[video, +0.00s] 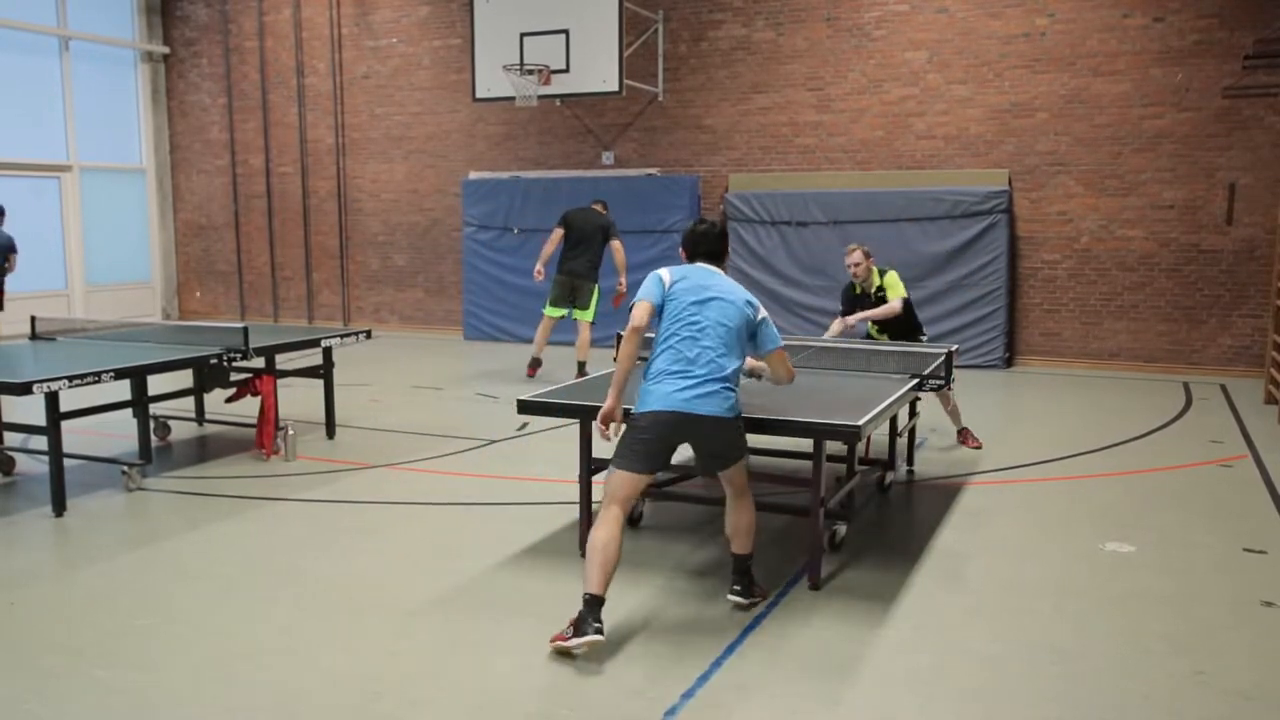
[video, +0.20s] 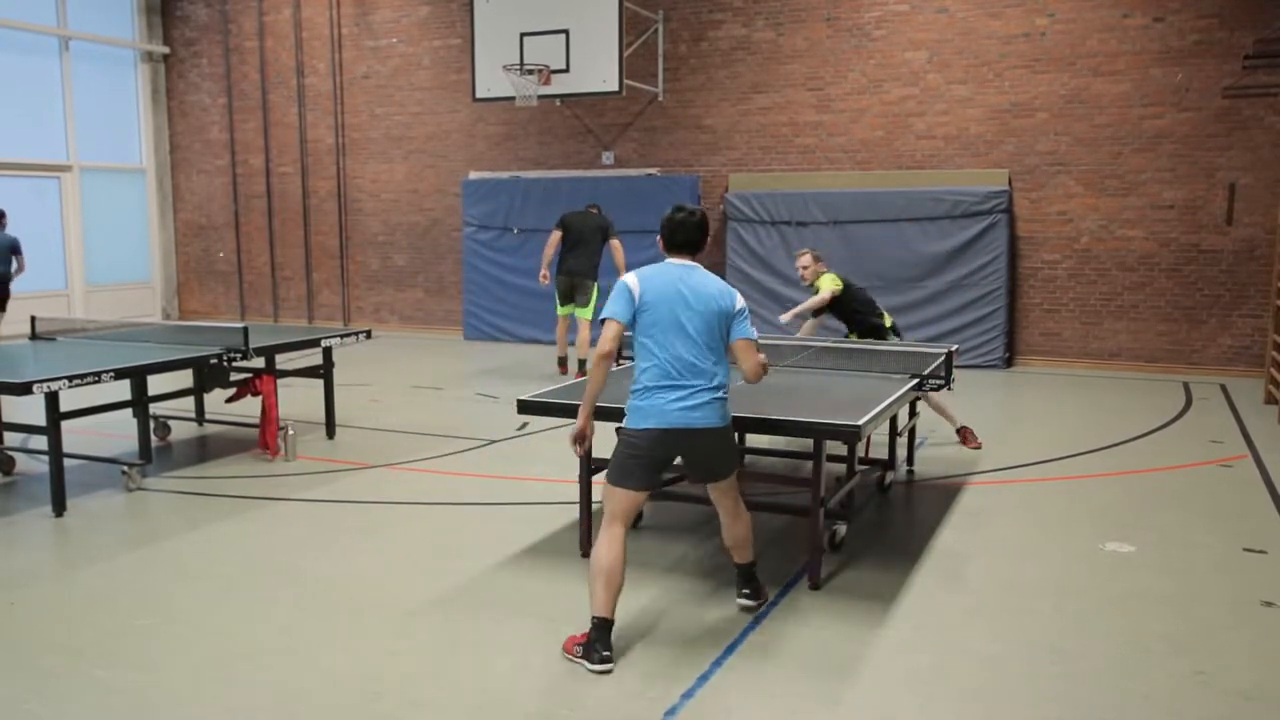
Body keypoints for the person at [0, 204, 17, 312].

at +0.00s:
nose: (3, 219)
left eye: (2, 216)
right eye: (3, 216)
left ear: (2, 218)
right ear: (3, 218)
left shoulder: (7, 239)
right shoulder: (7, 239)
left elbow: (11, 266)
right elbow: (12, 266)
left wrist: (4, 271)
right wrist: (3, 271)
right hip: (1, 279)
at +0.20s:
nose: (5, 222)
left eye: (4, 219)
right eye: (4, 220)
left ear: (3, 221)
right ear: (4, 221)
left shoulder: (11, 240)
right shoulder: (11, 240)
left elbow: (21, 266)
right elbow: (21, 266)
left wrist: (10, 276)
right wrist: (10, 276)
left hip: (4, 282)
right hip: (3, 283)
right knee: (1, 314)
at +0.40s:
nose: (12, 219)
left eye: (10, 217)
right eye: (11, 217)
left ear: (1, 219)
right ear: (8, 218)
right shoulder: (17, 237)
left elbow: (28, 261)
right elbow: (29, 261)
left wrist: (27, 273)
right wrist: (27, 273)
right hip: (10, 281)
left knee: (5, 324)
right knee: (10, 326)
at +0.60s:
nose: (25, 216)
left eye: (24, 213)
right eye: (24, 214)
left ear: (9, 216)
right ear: (21, 215)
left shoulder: (2, 232)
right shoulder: (28, 234)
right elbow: (38, 258)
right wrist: (48, 282)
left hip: (3, 279)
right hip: (21, 279)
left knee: (2, 319)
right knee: (35, 312)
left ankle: (2, 345)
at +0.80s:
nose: (45, 219)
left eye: (44, 217)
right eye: (44, 217)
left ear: (29, 220)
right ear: (40, 218)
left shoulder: (18, 237)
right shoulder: (46, 237)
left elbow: (14, 260)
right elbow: (50, 261)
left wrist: (25, 268)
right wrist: (60, 285)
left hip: (22, 277)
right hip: (41, 278)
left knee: (17, 319)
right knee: (50, 318)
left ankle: (5, 343)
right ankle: (51, 350)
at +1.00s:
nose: (63, 214)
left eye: (62, 211)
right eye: (62, 211)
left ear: (48, 213)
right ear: (57, 212)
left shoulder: (37, 231)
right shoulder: (62, 230)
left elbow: (32, 255)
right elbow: (66, 254)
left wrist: (33, 273)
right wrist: (76, 277)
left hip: (42, 270)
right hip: (59, 270)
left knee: (46, 308)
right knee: (56, 310)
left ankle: (43, 338)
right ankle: (51, 339)